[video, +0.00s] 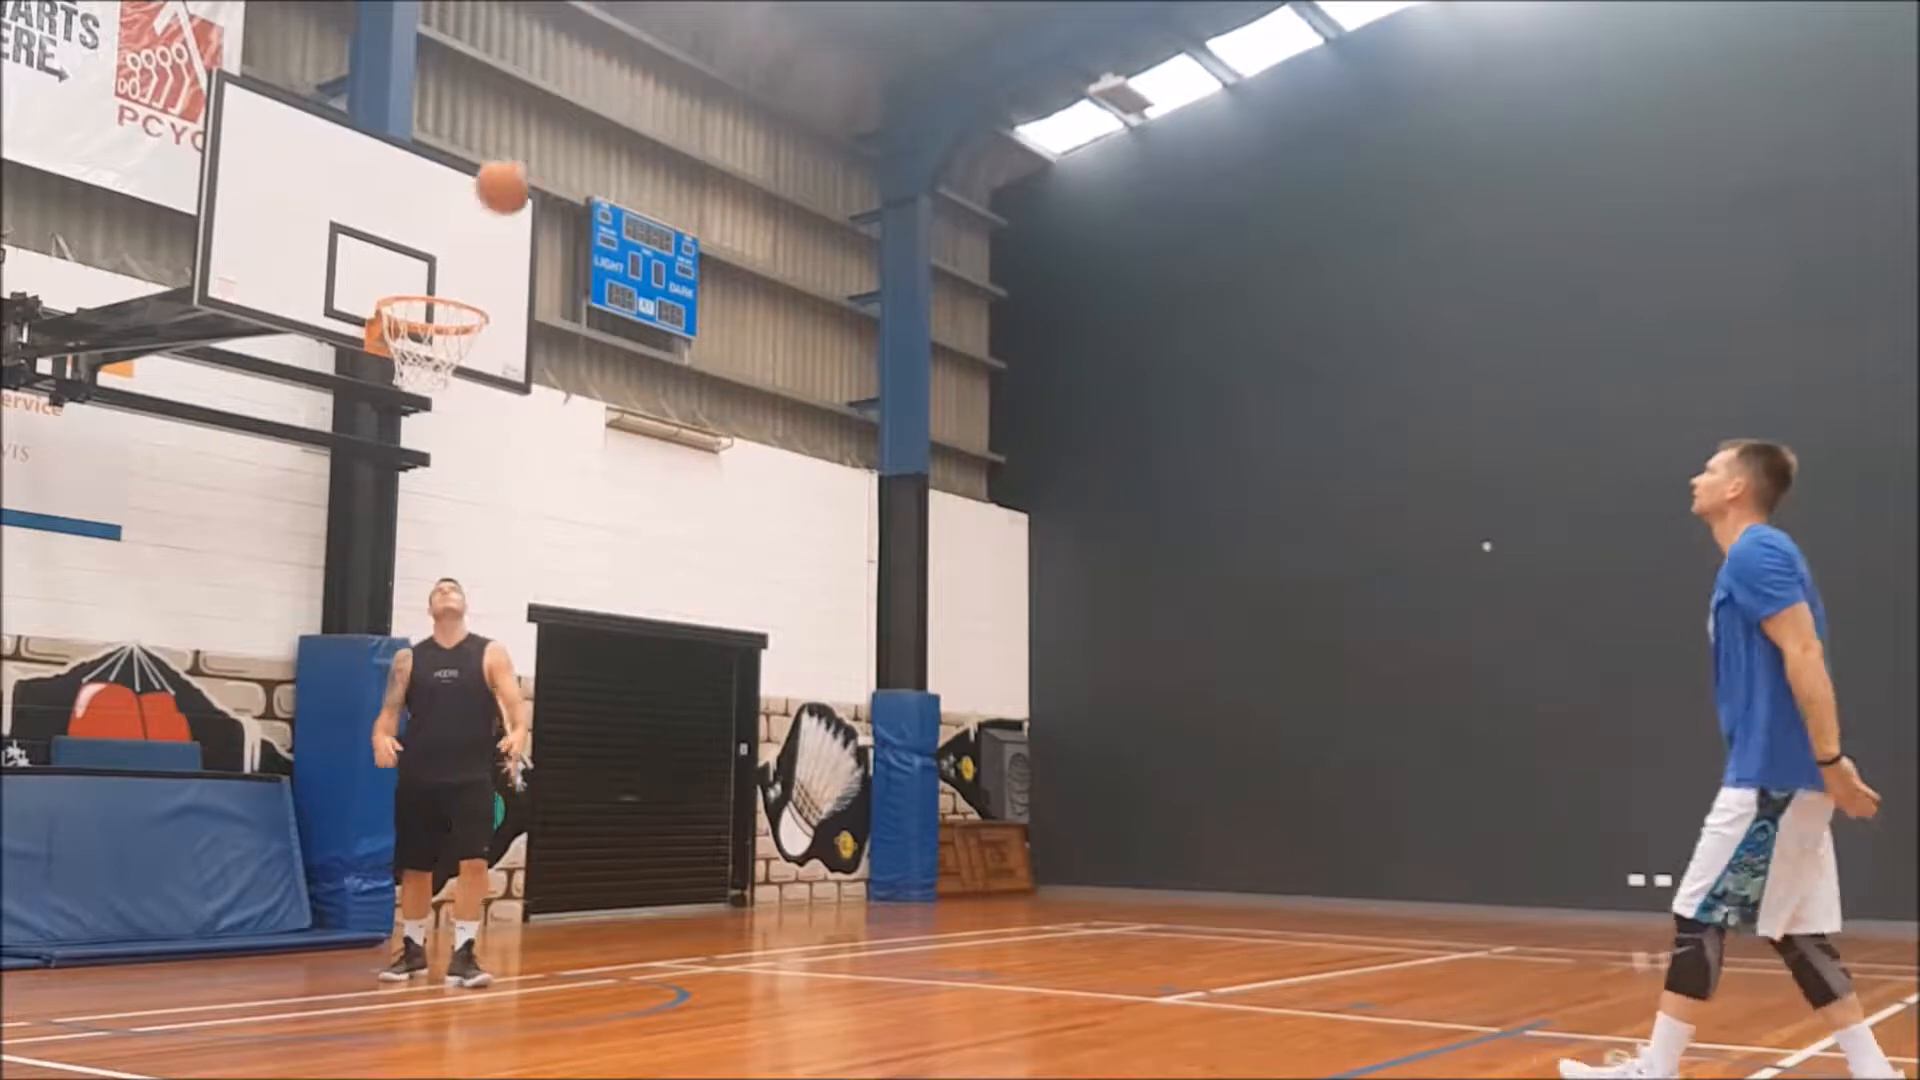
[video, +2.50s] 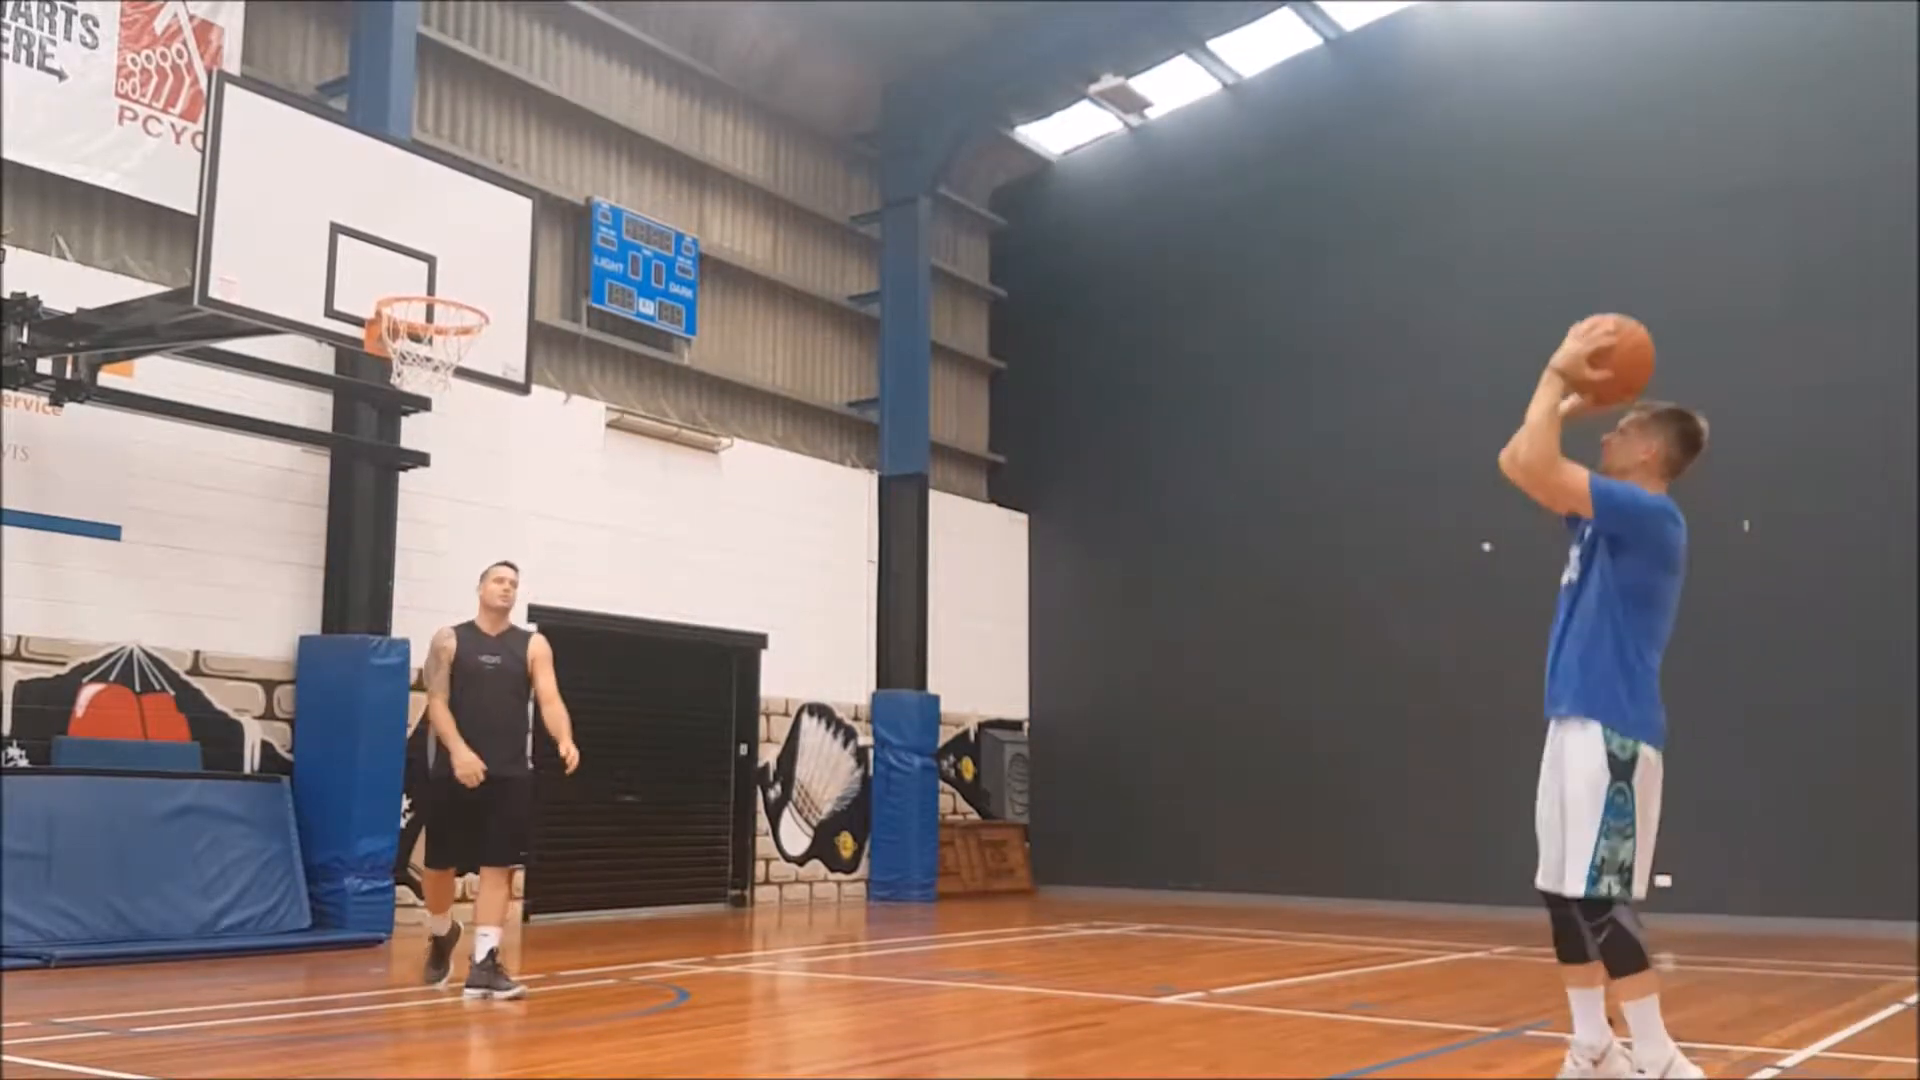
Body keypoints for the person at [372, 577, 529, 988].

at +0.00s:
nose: (447, 591)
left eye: (455, 589)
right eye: (440, 590)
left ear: (467, 608)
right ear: (429, 609)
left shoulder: (490, 653)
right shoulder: (409, 658)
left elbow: (515, 706)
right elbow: (390, 710)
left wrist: (519, 732)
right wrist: (382, 736)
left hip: (472, 778)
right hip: (418, 777)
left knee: (473, 861)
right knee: (415, 866)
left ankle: (463, 956)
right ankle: (413, 952)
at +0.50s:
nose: (480, 598)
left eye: (489, 591)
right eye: (478, 592)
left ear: (512, 597)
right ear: (476, 599)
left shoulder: (533, 642)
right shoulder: (456, 646)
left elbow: (514, 680)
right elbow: (410, 677)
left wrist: (462, 681)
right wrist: (367, 692)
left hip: (512, 774)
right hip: (462, 771)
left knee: (496, 868)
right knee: (465, 851)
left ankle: (473, 953)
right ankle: (459, 957)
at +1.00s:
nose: (508, 625)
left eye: (516, 616)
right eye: (500, 617)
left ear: (531, 621)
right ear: (489, 623)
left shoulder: (556, 666)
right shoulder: (472, 672)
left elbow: (549, 730)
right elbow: (455, 722)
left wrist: (491, 728)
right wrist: (425, 716)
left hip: (543, 788)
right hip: (493, 784)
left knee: (541, 896)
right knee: (520, 856)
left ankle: (500, 930)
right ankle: (508, 972)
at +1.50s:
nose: (541, 576)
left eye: (543, 569)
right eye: (530, 569)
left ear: (547, 575)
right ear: (505, 578)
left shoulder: (563, 624)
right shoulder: (491, 629)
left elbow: (582, 678)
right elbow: (533, 666)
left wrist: (598, 711)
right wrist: (593, 652)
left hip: (539, 767)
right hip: (495, 769)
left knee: (557, 855)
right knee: (514, 857)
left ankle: (524, 946)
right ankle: (504, 974)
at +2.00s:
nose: (538, 578)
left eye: (542, 573)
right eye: (528, 571)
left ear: (544, 584)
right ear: (505, 579)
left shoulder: (557, 640)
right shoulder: (473, 633)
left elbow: (557, 708)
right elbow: (424, 691)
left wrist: (555, 772)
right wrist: (384, 744)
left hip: (533, 773)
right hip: (484, 769)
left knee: (510, 869)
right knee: (492, 859)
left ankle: (487, 966)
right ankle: (486, 964)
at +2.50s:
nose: (505, 588)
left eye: (512, 584)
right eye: (498, 581)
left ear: (517, 595)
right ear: (479, 589)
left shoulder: (534, 644)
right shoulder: (449, 640)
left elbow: (550, 699)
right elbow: (436, 703)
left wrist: (564, 737)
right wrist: (459, 750)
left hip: (511, 774)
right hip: (453, 770)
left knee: (498, 867)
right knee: (439, 863)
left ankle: (485, 963)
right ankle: (441, 934)